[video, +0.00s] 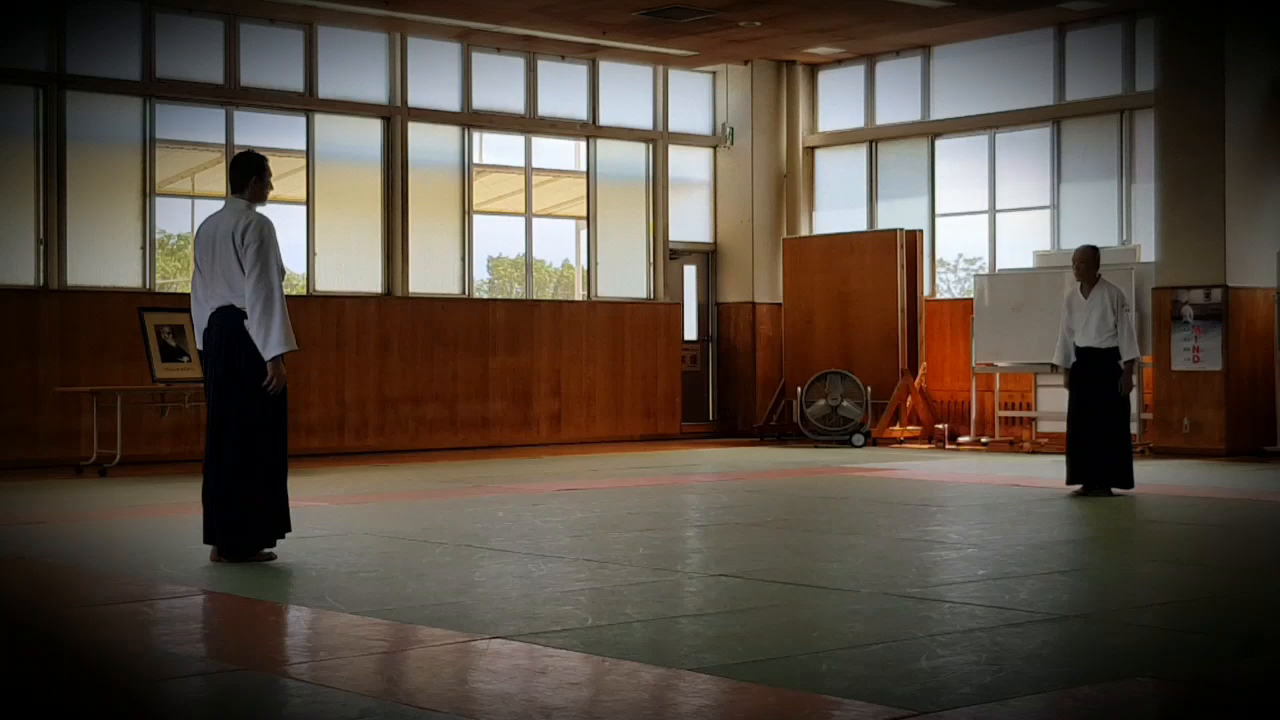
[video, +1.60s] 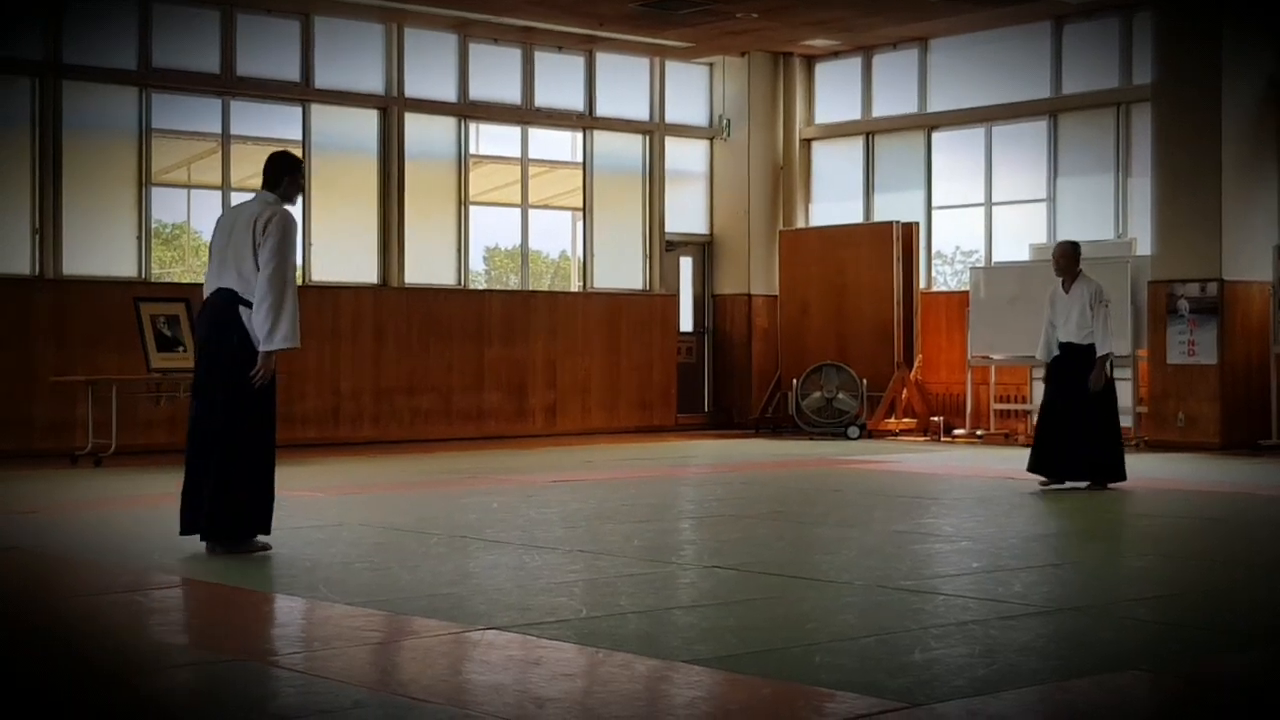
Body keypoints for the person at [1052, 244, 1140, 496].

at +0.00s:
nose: (1075, 268)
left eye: (1081, 263)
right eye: (1074, 264)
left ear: (1096, 265)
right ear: (1073, 266)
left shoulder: (1113, 294)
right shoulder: (1072, 297)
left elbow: (1126, 332)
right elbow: (1065, 334)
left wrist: (1128, 371)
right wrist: (1065, 368)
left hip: (1107, 361)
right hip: (1082, 362)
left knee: (1106, 422)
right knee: (1083, 421)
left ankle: (1104, 482)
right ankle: (1087, 481)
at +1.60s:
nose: (1054, 264)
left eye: (1060, 259)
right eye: (1053, 259)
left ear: (1076, 260)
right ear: (1055, 261)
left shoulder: (1093, 289)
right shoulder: (1055, 292)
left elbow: (1102, 328)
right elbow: (1049, 328)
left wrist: (1100, 365)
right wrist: (1046, 363)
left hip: (1088, 356)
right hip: (1063, 356)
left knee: (1093, 417)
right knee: (1057, 415)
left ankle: (1099, 475)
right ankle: (1056, 472)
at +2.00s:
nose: (1024, 259)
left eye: (1029, 255)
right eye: (1023, 254)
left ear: (1043, 257)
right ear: (1022, 256)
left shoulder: (1060, 287)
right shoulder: (1020, 292)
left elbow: (1073, 328)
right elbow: (1012, 330)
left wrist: (1074, 365)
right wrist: (1009, 367)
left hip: (1052, 357)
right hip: (1025, 357)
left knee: (1069, 416)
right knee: (1022, 417)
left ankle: (1094, 466)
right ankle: (1020, 477)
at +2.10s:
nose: (1012, 258)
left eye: (1017, 253)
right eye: (1012, 253)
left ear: (1032, 257)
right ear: (1013, 256)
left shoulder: (1049, 287)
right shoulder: (1009, 292)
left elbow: (1063, 326)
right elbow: (1000, 329)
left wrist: (1066, 363)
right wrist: (989, 364)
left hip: (1040, 357)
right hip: (1014, 357)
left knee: (1047, 416)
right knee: (1014, 417)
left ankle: (1080, 459)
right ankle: (1017, 478)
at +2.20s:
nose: (1002, 257)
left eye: (1007, 252)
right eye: (1003, 253)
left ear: (1021, 256)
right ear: (1006, 256)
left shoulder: (1040, 286)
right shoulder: (1003, 289)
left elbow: (1053, 325)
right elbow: (992, 323)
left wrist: (1056, 363)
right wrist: (972, 346)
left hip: (1032, 355)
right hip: (1008, 355)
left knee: (1030, 415)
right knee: (1008, 416)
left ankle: (1058, 463)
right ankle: (1019, 477)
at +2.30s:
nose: (995, 260)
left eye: (1000, 255)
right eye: (993, 255)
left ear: (1013, 256)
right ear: (993, 257)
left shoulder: (1032, 287)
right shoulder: (993, 291)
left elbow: (1044, 325)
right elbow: (981, 320)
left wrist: (1047, 362)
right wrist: (965, 316)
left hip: (1024, 355)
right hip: (1001, 355)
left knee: (1020, 415)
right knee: (999, 415)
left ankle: (1025, 477)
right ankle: (1010, 476)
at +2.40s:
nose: (985, 263)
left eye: (990, 257)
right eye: (984, 257)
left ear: (1004, 257)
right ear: (984, 259)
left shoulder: (1024, 287)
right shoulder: (985, 289)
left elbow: (1037, 327)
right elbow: (962, 311)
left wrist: (1038, 365)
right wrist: (959, 288)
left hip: (1016, 356)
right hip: (994, 355)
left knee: (1016, 416)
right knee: (990, 415)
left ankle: (1019, 476)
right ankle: (989, 475)